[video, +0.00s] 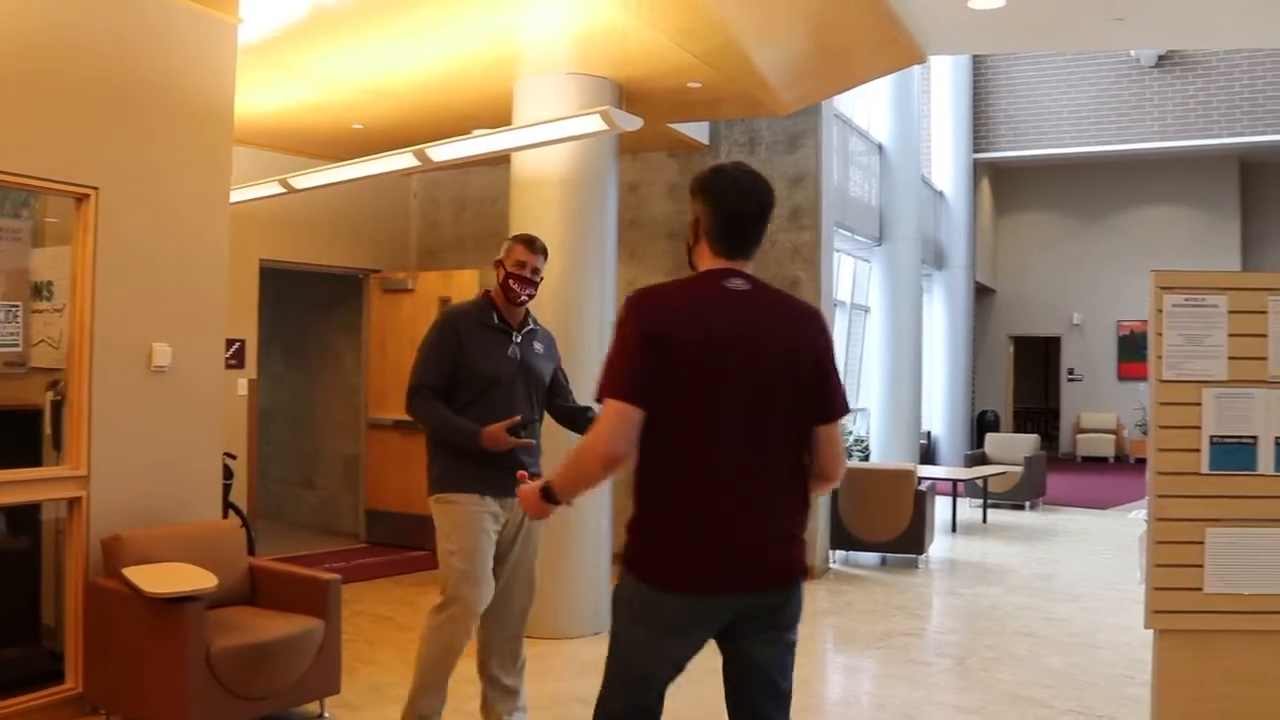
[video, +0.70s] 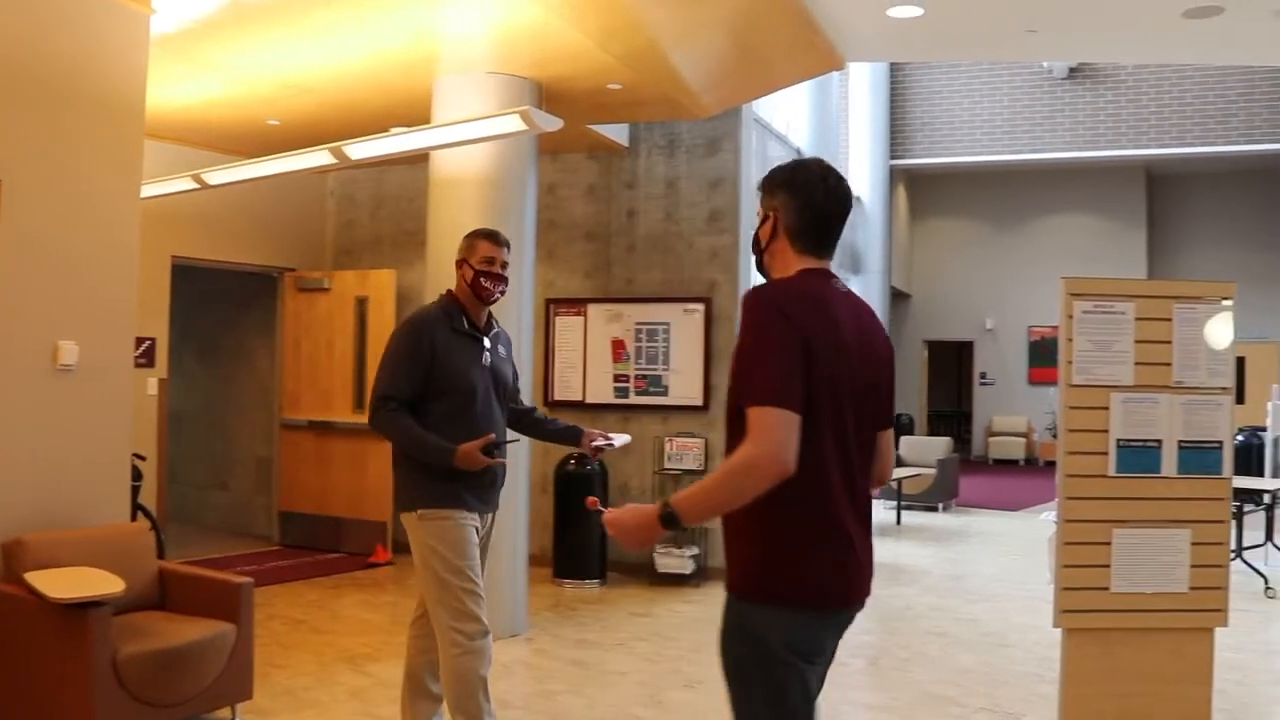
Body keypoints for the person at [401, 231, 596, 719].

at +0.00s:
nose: (522, 279)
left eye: (532, 274)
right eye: (516, 269)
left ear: (540, 280)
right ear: (497, 267)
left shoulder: (542, 340)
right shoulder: (457, 323)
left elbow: (562, 404)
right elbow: (420, 400)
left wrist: (601, 419)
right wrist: (476, 434)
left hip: (522, 492)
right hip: (463, 488)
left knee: (510, 610)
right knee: (467, 598)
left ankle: (504, 711)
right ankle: (421, 712)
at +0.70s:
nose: (495, 277)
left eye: (502, 270)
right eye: (486, 267)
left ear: (507, 277)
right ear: (460, 267)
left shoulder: (498, 339)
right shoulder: (421, 328)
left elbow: (513, 413)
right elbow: (383, 412)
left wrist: (578, 436)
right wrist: (451, 453)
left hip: (480, 500)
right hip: (435, 501)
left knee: (434, 628)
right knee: (469, 635)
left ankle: (421, 715)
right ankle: (475, 717)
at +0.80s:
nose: (492, 276)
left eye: (499, 268)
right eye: (482, 265)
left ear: (504, 275)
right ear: (455, 267)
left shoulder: (492, 337)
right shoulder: (421, 330)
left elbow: (510, 412)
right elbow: (384, 419)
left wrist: (569, 433)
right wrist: (456, 459)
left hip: (478, 505)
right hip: (436, 507)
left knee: (428, 636)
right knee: (467, 641)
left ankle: (409, 714)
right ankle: (470, 717)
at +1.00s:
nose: (485, 268)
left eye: (490, 259)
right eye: (474, 258)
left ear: (494, 264)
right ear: (444, 260)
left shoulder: (479, 326)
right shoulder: (414, 325)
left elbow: (494, 404)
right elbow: (384, 425)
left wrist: (549, 425)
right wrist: (462, 462)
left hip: (476, 503)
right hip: (431, 508)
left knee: (440, 633)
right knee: (459, 643)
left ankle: (385, 713)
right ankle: (446, 717)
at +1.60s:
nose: (451, 260)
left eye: (458, 252)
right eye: (440, 249)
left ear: (463, 257)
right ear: (411, 249)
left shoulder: (448, 319)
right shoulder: (377, 317)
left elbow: (462, 405)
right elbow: (346, 416)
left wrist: (519, 430)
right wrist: (426, 459)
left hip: (460, 510)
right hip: (399, 515)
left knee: (459, 651)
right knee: (386, 657)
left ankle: (457, 718)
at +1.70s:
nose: (447, 257)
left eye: (453, 248)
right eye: (436, 246)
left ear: (458, 253)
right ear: (405, 247)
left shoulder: (443, 318)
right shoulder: (372, 315)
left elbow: (458, 407)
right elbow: (341, 413)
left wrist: (518, 433)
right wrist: (422, 453)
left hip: (456, 509)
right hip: (396, 513)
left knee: (446, 651)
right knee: (376, 654)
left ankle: (441, 717)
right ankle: (354, 718)